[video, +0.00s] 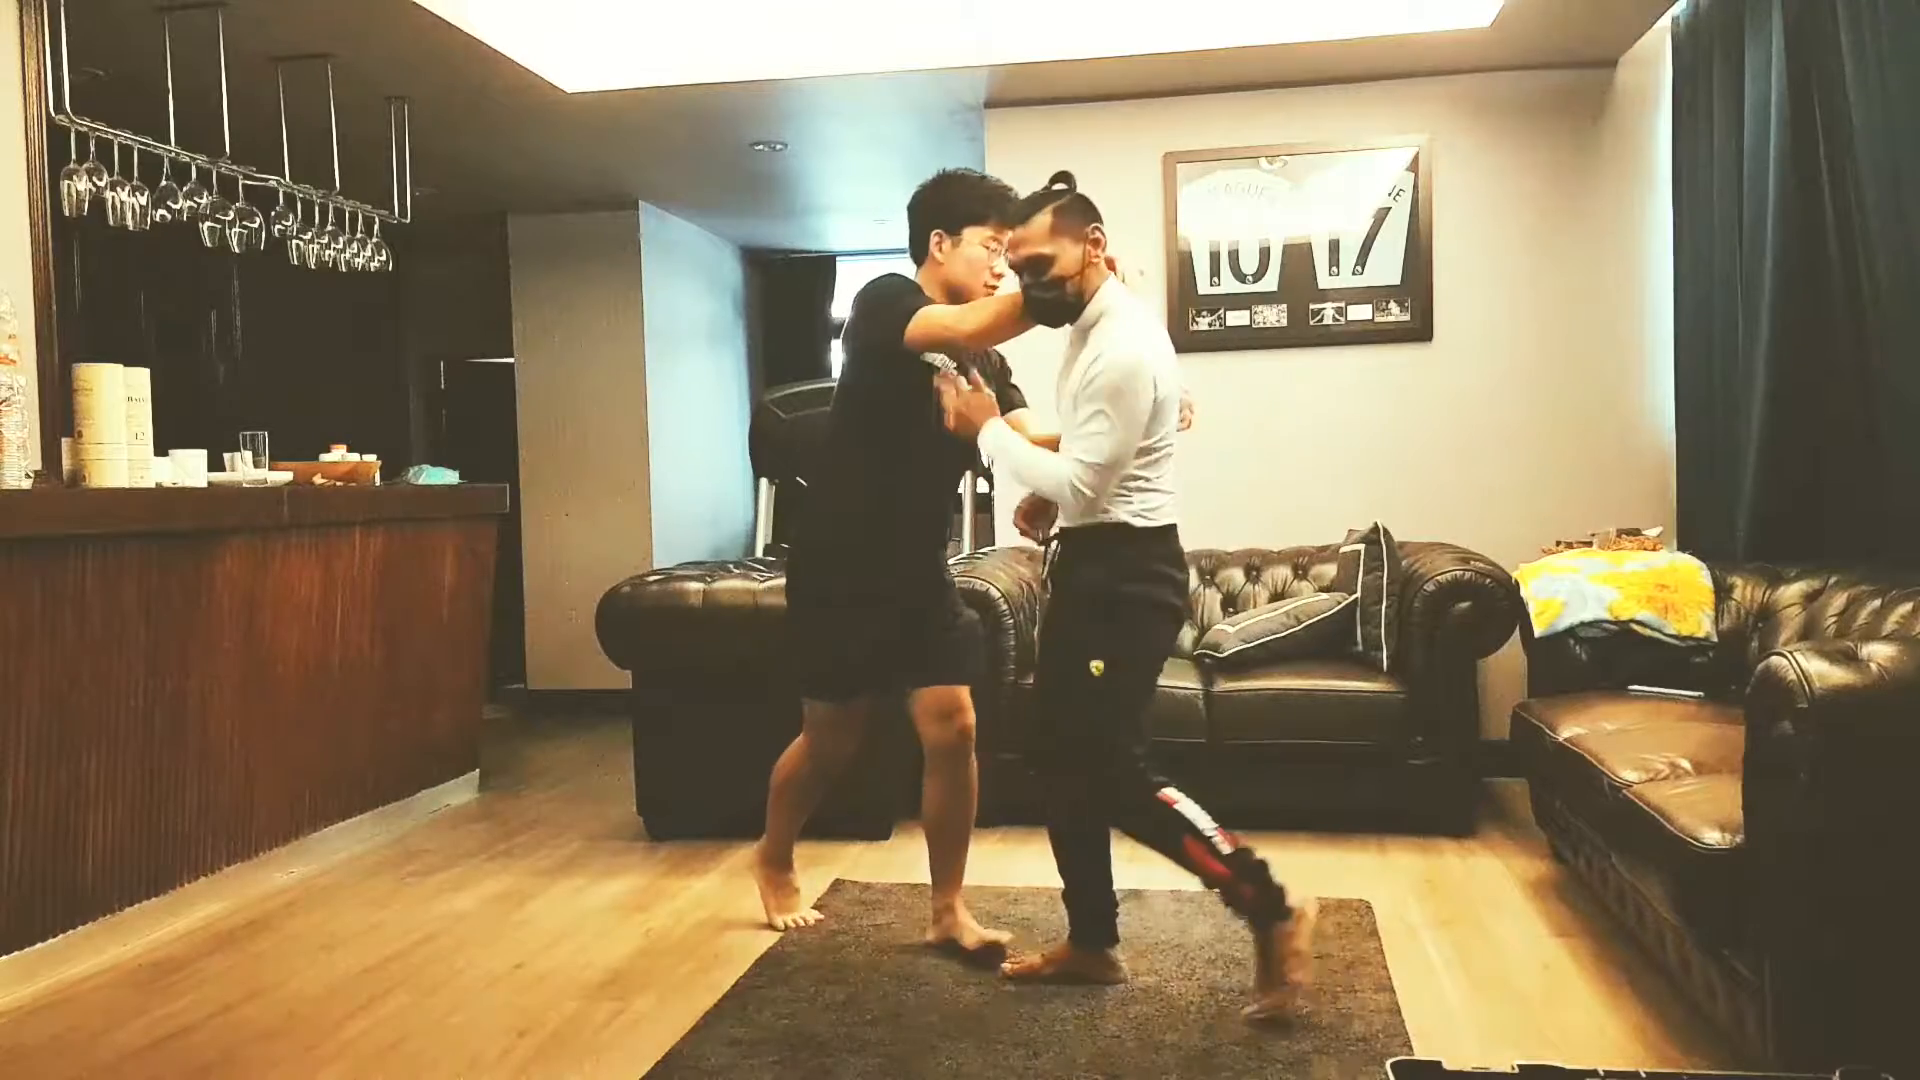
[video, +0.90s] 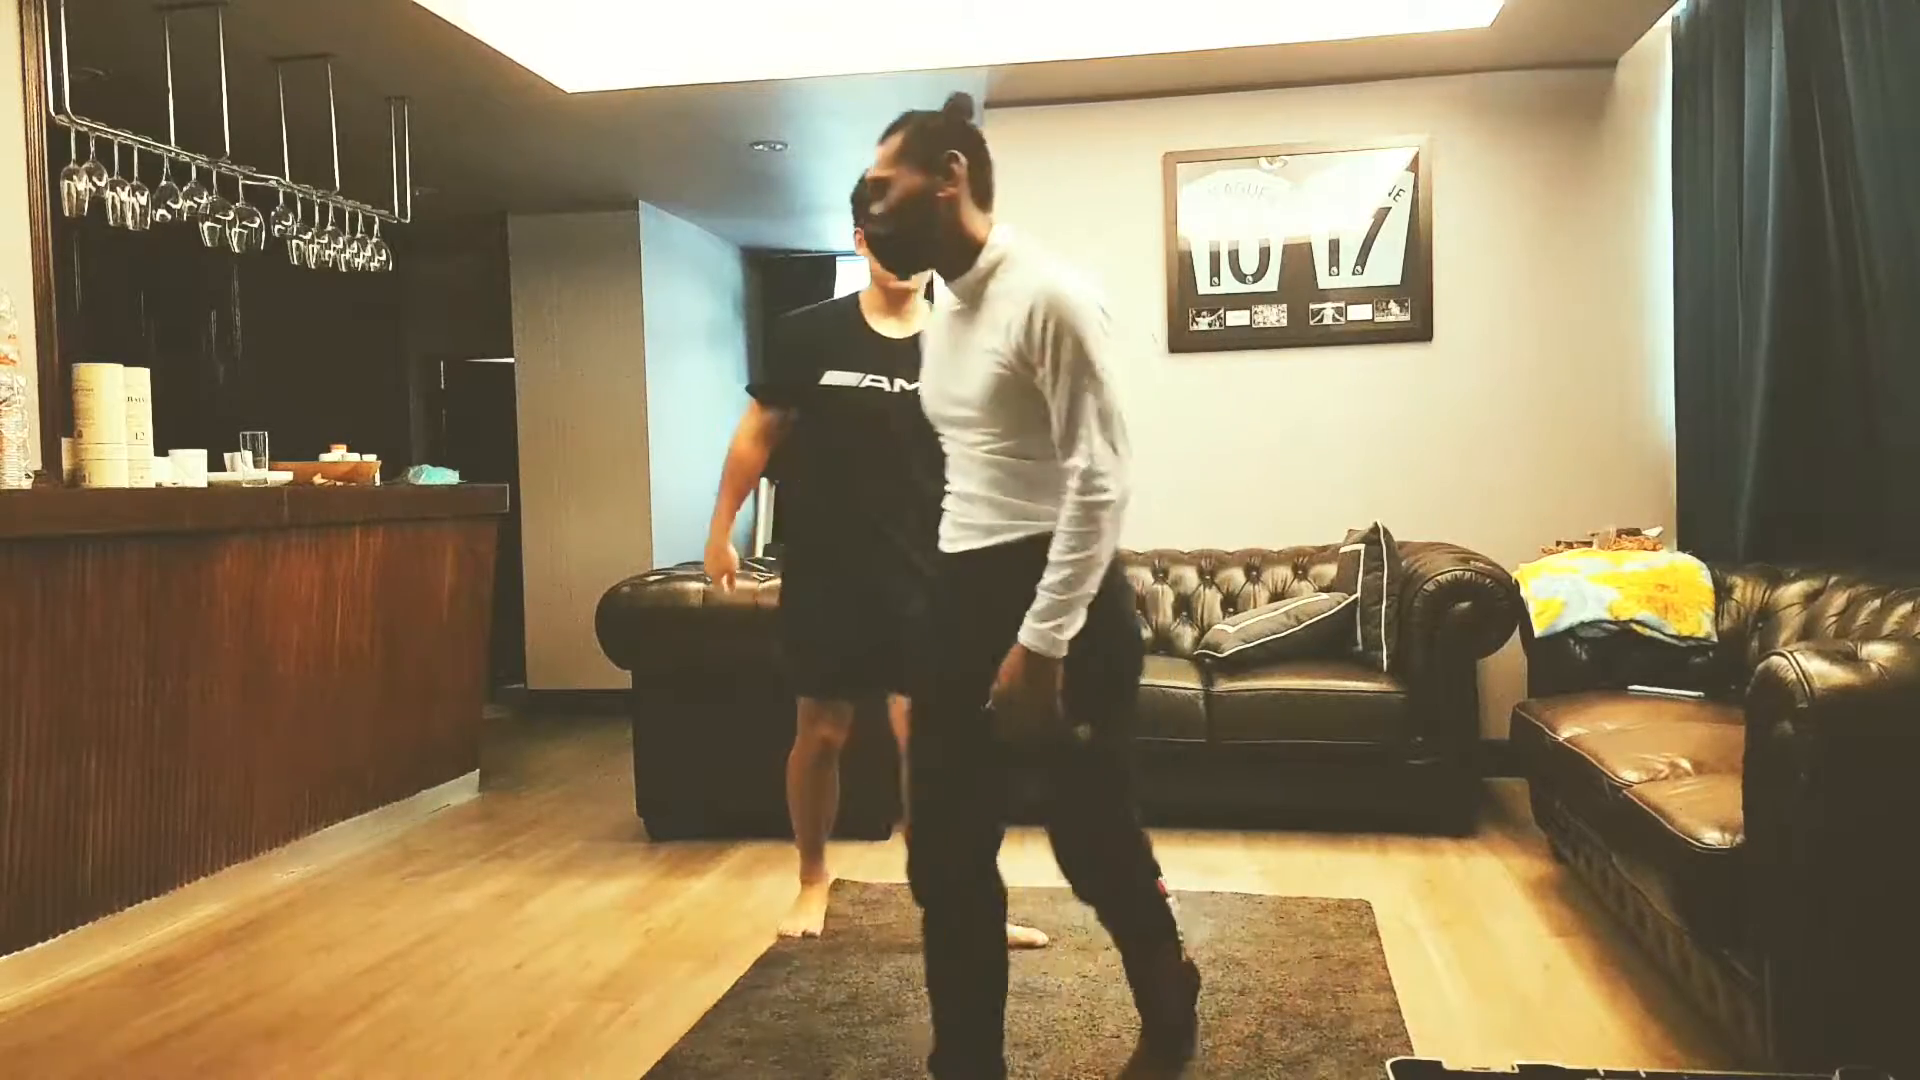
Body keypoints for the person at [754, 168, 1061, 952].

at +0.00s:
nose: (1003, 265)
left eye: (1006, 250)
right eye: (990, 245)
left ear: (966, 252)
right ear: (939, 242)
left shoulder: (977, 352)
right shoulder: (885, 298)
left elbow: (1030, 442)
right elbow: (971, 328)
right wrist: (1059, 279)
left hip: (919, 556)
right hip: (840, 553)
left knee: (952, 725)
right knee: (832, 737)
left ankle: (948, 908)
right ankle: (772, 862)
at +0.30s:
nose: (1011, 263)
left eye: (1015, 249)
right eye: (996, 246)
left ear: (1008, 249)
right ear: (947, 243)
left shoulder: (1009, 350)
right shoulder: (902, 306)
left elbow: (1035, 445)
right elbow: (938, 343)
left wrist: (1046, 470)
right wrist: (1038, 291)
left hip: (958, 565)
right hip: (876, 560)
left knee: (984, 725)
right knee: (864, 746)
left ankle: (957, 908)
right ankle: (791, 851)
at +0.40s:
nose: (1003, 257)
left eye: (1009, 243)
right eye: (986, 240)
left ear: (1015, 246)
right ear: (941, 240)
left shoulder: (1006, 339)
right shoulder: (904, 305)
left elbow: (1023, 450)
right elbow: (921, 357)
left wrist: (1038, 498)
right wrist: (1026, 326)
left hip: (962, 564)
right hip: (879, 558)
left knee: (981, 727)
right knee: (859, 742)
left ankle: (956, 907)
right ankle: (802, 852)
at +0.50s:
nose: (988, 249)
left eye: (997, 235)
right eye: (972, 234)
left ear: (1009, 242)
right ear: (935, 237)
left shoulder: (1010, 346)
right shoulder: (892, 319)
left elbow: (1010, 456)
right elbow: (878, 405)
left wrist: (994, 538)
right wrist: (965, 399)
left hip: (967, 553)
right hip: (877, 549)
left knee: (974, 726)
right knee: (850, 729)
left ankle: (954, 904)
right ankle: (807, 855)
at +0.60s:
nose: (973, 245)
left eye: (984, 231)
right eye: (960, 229)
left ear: (1000, 243)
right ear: (927, 235)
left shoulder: (1009, 353)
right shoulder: (878, 328)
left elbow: (1004, 477)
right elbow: (840, 434)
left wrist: (994, 584)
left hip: (963, 565)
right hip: (869, 554)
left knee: (963, 727)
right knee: (847, 729)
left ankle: (954, 904)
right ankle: (814, 862)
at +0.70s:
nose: (949, 240)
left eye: (962, 225)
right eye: (936, 224)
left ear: (984, 244)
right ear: (910, 236)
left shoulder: (997, 350)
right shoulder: (856, 334)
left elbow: (1005, 471)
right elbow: (814, 448)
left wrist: (1016, 564)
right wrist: (806, 564)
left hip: (954, 576)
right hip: (860, 572)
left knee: (948, 733)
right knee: (842, 733)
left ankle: (954, 903)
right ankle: (822, 878)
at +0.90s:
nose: (895, 249)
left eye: (905, 235)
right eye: (880, 233)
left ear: (930, 246)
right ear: (859, 240)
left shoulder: (956, 336)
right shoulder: (809, 331)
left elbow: (993, 449)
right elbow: (757, 433)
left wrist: (991, 549)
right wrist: (721, 532)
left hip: (925, 564)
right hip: (825, 564)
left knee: (930, 734)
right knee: (820, 734)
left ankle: (963, 896)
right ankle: (812, 885)